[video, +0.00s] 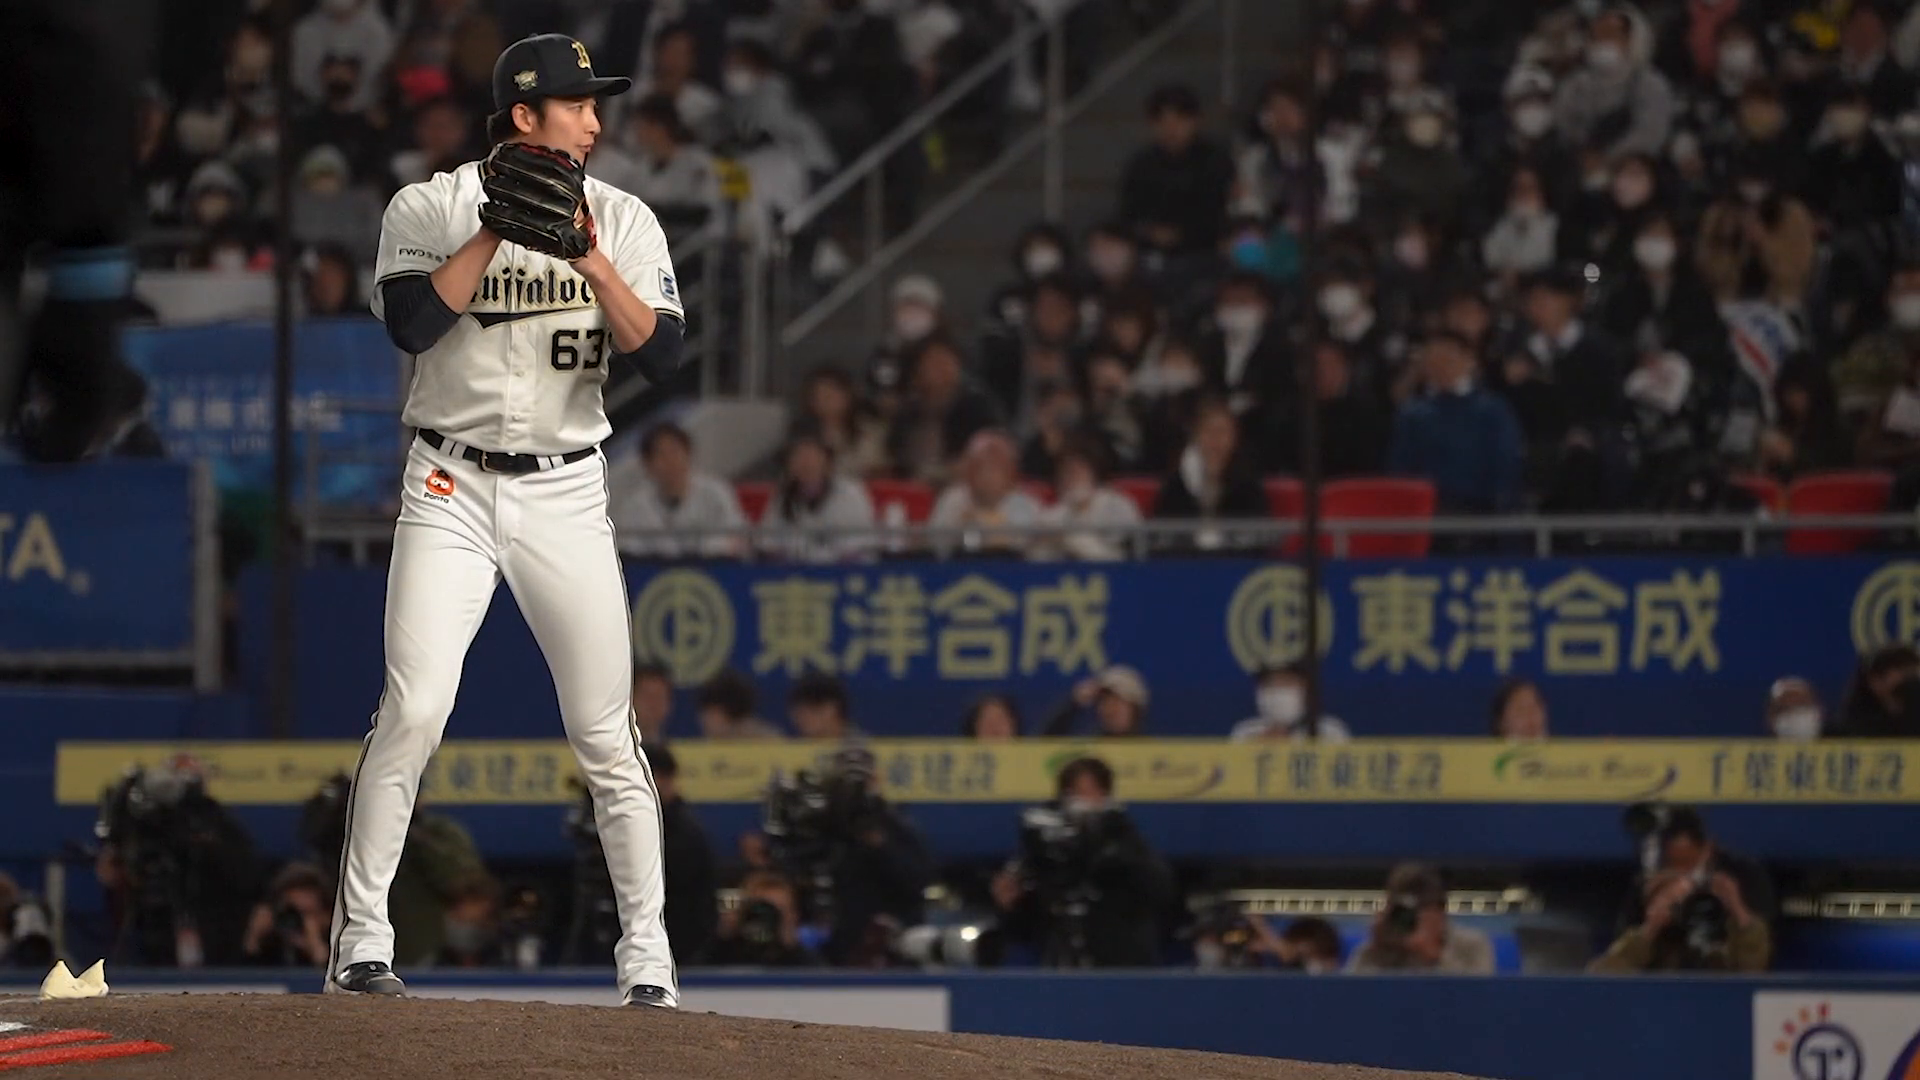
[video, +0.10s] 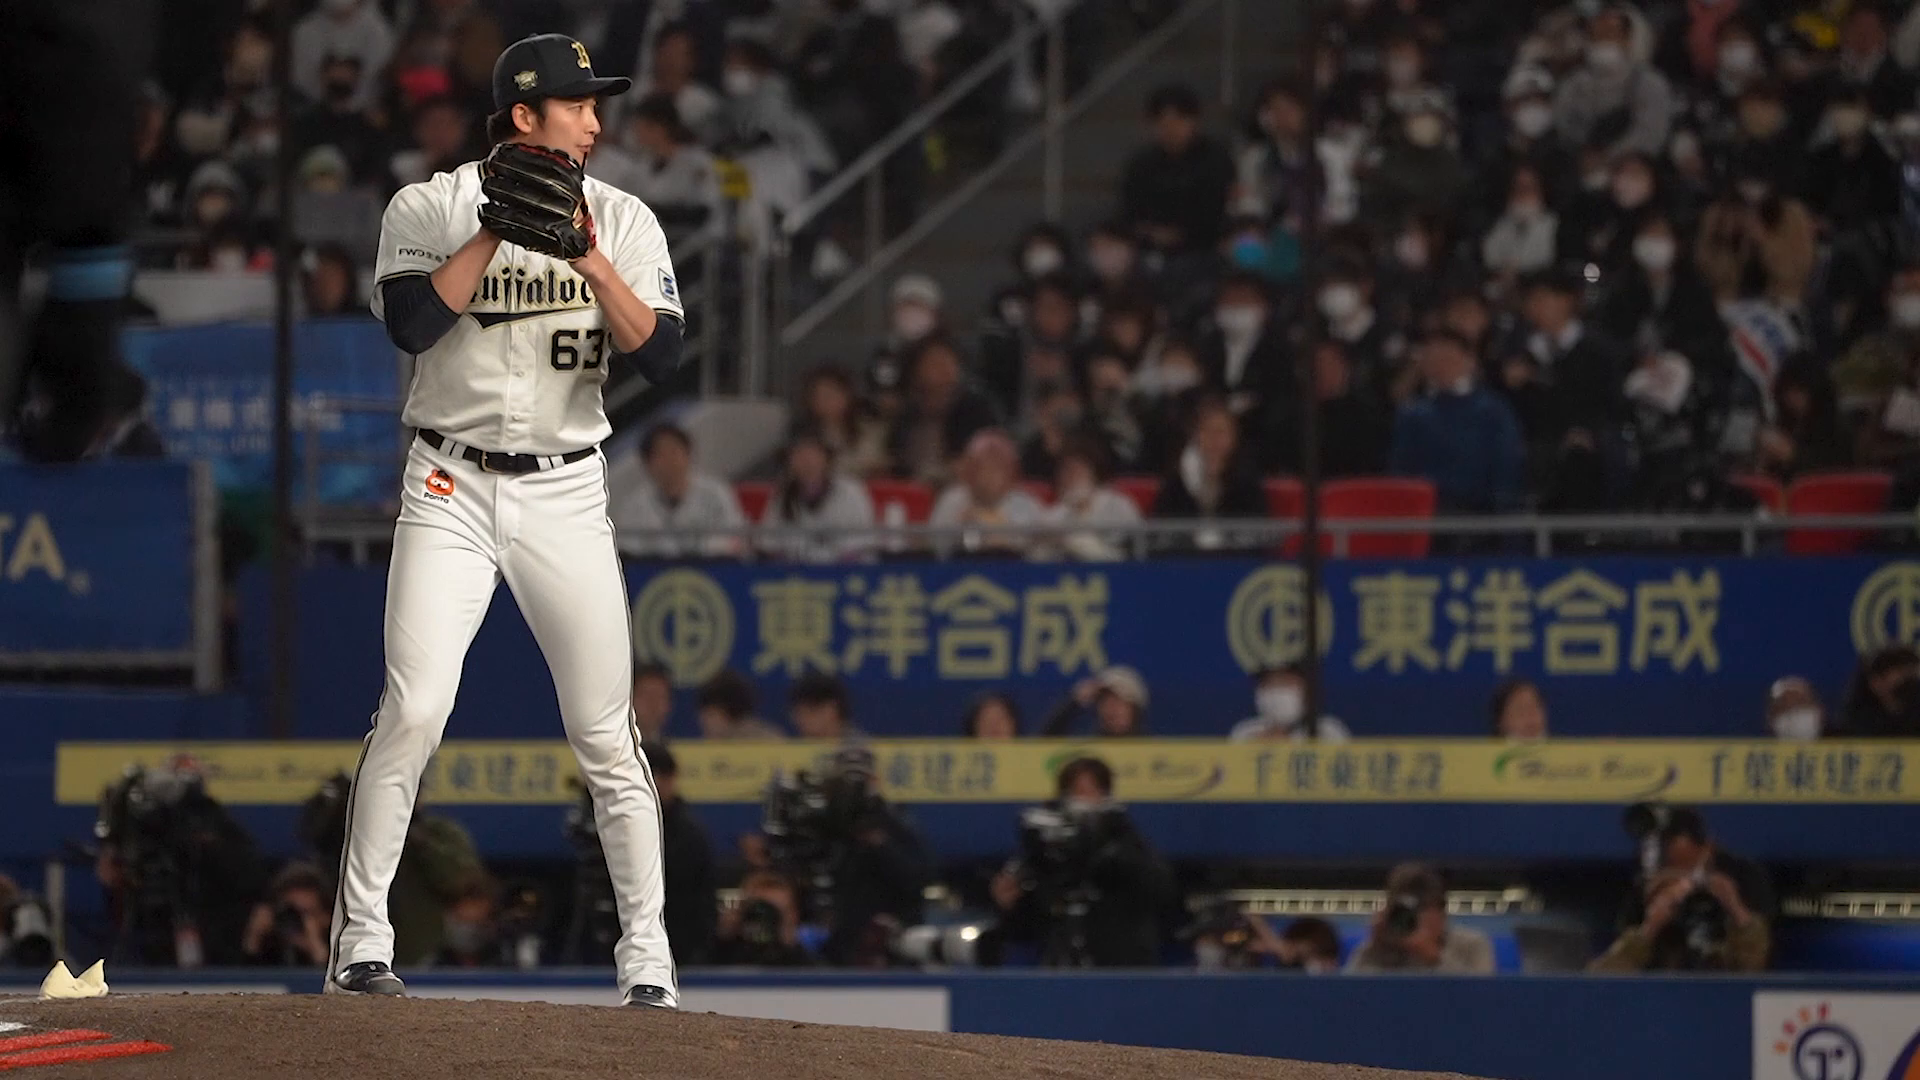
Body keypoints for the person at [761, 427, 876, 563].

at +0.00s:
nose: (807, 472)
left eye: (813, 465)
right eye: (801, 465)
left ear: (827, 466)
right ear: (791, 468)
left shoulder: (850, 495)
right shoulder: (782, 499)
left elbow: (864, 543)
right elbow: (765, 542)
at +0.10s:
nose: (808, 470)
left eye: (813, 463)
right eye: (801, 463)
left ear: (827, 464)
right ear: (791, 467)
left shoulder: (851, 494)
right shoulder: (781, 499)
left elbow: (866, 541)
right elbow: (766, 542)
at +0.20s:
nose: (808, 470)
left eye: (813, 463)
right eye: (802, 464)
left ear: (826, 465)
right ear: (791, 468)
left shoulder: (850, 494)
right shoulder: (782, 499)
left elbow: (866, 541)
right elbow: (765, 541)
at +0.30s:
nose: (808, 471)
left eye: (814, 464)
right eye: (802, 464)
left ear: (827, 465)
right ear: (791, 468)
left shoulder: (851, 494)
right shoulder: (781, 499)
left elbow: (866, 541)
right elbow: (765, 542)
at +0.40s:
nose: (808, 471)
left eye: (813, 463)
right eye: (801, 464)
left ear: (827, 465)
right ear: (790, 469)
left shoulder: (851, 495)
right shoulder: (781, 500)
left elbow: (867, 543)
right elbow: (765, 543)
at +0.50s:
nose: (808, 470)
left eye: (814, 462)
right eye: (802, 463)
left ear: (827, 465)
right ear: (790, 468)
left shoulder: (852, 495)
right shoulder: (781, 500)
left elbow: (867, 543)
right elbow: (765, 542)